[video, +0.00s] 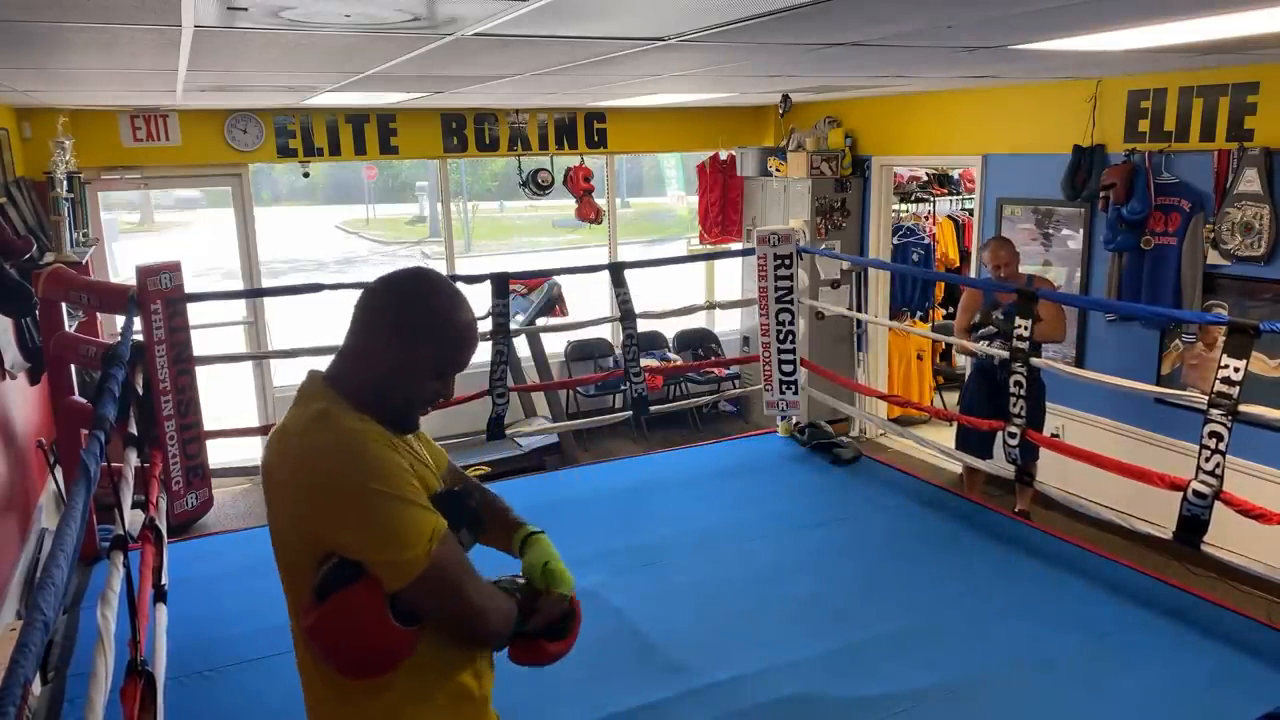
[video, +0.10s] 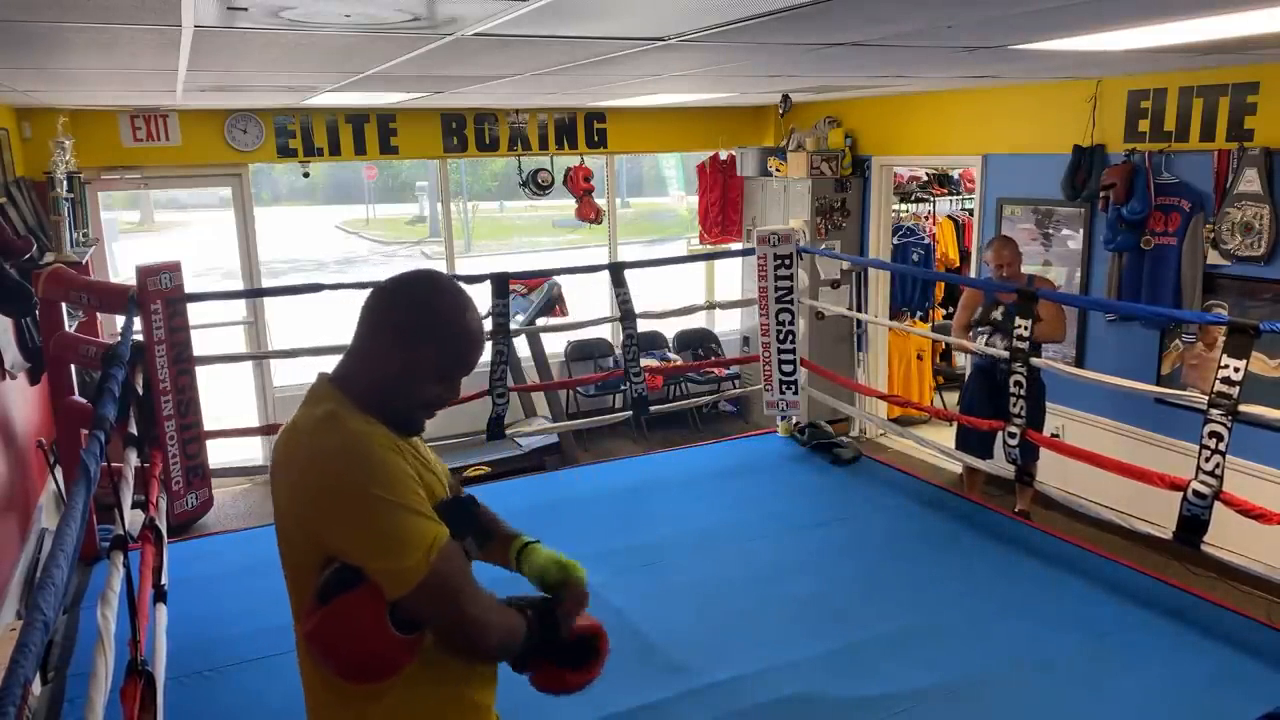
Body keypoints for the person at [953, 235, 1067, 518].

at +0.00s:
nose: (1002, 274)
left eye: (1006, 266)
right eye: (994, 268)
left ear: (1018, 259)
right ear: (984, 266)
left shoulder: (1040, 286)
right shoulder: (976, 290)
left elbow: (1057, 331)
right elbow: (960, 335)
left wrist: (1016, 330)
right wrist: (980, 348)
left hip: (1025, 380)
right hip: (983, 378)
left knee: (1026, 448)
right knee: (974, 445)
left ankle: (1022, 513)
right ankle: (971, 505)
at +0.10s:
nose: (1003, 273)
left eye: (1008, 266)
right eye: (997, 267)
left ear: (1020, 260)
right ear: (987, 264)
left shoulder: (1041, 286)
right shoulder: (977, 289)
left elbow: (1057, 331)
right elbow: (958, 331)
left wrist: (1016, 332)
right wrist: (979, 346)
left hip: (1025, 381)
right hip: (983, 378)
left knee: (1026, 448)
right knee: (974, 445)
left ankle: (1022, 512)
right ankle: (971, 505)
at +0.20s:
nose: (1004, 271)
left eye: (1010, 265)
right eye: (999, 266)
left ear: (1022, 261)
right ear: (989, 264)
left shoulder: (1041, 286)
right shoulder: (978, 287)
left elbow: (1057, 331)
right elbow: (955, 330)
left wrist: (1016, 331)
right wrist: (982, 342)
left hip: (1025, 381)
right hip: (983, 378)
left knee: (1026, 449)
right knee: (974, 446)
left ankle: (1022, 513)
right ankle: (971, 505)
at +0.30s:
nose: (1010, 272)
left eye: (1015, 266)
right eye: (1003, 266)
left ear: (1024, 262)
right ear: (992, 262)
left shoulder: (1042, 287)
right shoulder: (977, 290)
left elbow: (1057, 333)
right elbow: (954, 331)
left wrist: (1015, 330)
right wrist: (985, 340)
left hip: (1025, 382)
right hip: (984, 379)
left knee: (1026, 449)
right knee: (974, 447)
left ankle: (1022, 514)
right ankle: (970, 508)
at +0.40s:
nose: (1013, 273)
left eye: (1018, 266)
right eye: (1006, 267)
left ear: (1026, 262)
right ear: (994, 263)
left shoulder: (1042, 287)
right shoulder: (978, 289)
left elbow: (1056, 333)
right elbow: (953, 330)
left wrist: (1016, 330)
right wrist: (984, 335)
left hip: (1025, 381)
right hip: (984, 379)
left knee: (1026, 449)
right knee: (974, 447)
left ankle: (1022, 513)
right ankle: (970, 506)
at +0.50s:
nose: (1014, 272)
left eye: (1020, 265)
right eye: (1008, 266)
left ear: (1027, 262)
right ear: (995, 262)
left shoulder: (1043, 287)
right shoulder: (978, 289)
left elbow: (1056, 333)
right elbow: (952, 330)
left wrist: (1016, 329)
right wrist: (985, 331)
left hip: (1025, 381)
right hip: (984, 378)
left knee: (1026, 449)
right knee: (974, 446)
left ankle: (1022, 514)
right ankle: (969, 507)